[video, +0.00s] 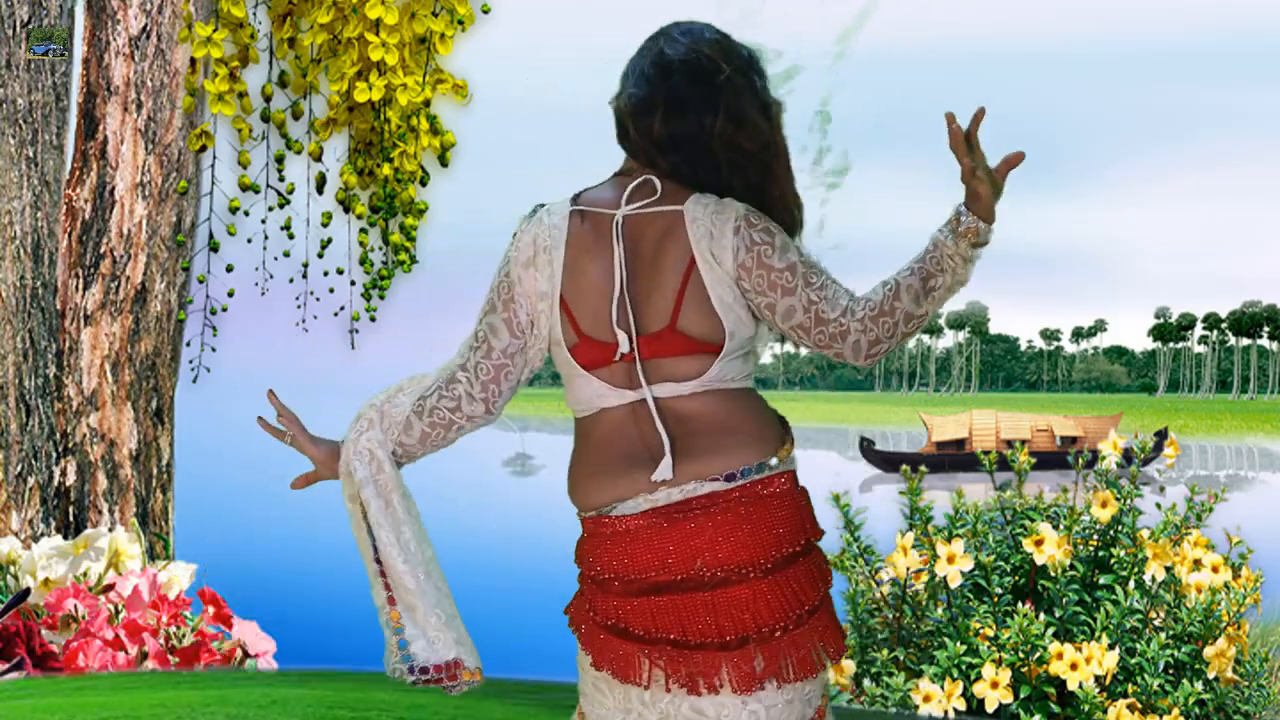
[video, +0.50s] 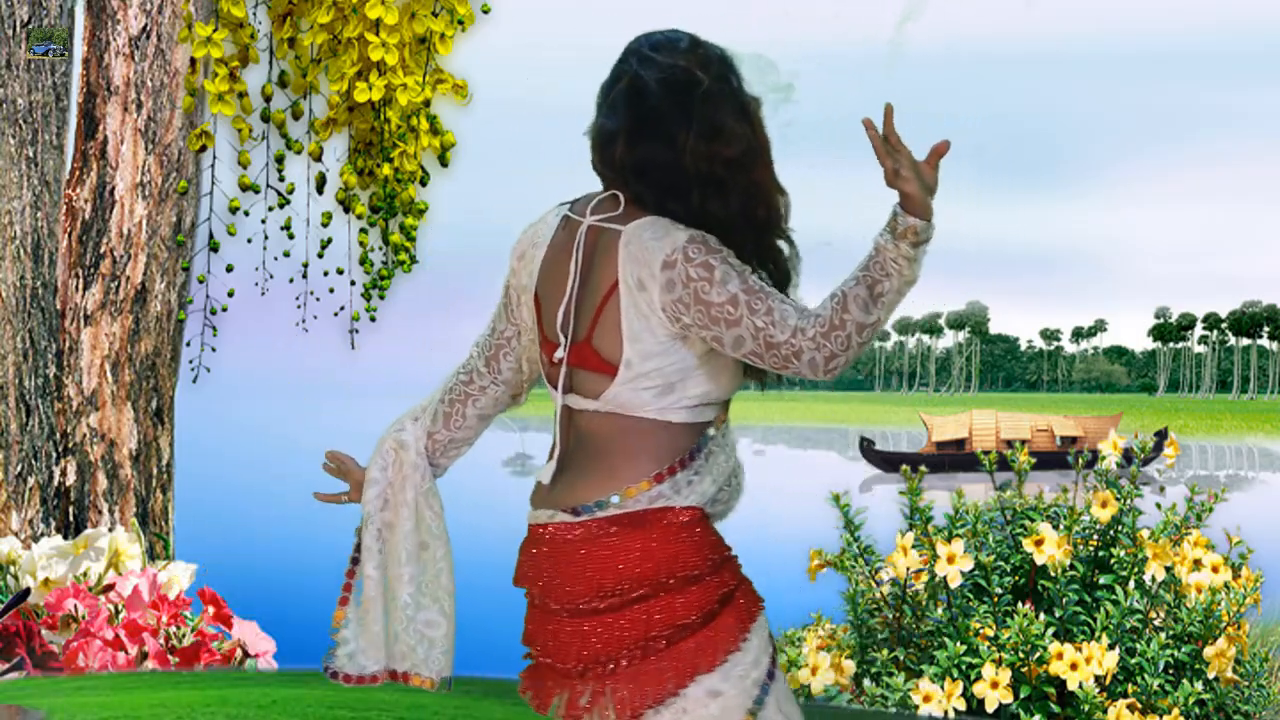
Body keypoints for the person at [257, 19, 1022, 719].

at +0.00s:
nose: (761, 130)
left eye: (754, 110)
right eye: (754, 111)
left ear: (629, 114)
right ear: (735, 119)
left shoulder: (545, 237)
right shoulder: (733, 228)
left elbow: (471, 391)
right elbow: (860, 333)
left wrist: (354, 449)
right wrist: (970, 225)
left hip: (614, 514)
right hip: (743, 499)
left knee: (628, 699)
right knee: (764, 698)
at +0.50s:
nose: (748, 144)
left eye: (739, 122)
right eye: (737, 125)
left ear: (610, 137)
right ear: (716, 141)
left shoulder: (547, 242)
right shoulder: (675, 256)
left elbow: (483, 381)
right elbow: (816, 348)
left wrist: (393, 468)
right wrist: (910, 227)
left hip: (555, 543)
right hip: (656, 541)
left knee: (587, 705)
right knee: (735, 702)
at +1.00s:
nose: (681, 111)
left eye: (675, 90)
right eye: (671, 93)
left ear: (549, 112)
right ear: (645, 108)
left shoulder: (490, 231)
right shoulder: (662, 223)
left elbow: (415, 380)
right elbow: (776, 339)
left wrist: (293, 374)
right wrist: (871, 216)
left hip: (475, 505)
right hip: (600, 533)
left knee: (488, 694)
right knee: (649, 700)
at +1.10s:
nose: (674, 114)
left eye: (667, 94)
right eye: (666, 96)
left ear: (540, 116)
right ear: (647, 110)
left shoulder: (482, 235)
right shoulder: (668, 228)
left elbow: (421, 389)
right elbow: (773, 348)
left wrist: (294, 366)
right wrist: (868, 234)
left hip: (475, 510)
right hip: (608, 532)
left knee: (488, 693)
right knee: (654, 696)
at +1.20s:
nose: (689, 118)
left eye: (677, 99)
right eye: (679, 100)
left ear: (553, 115)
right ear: (664, 113)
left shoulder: (488, 237)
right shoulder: (682, 230)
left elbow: (447, 402)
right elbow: (791, 352)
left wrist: (318, 382)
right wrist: (893, 240)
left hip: (503, 513)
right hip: (640, 527)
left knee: (516, 696)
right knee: (683, 700)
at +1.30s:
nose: (707, 121)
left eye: (697, 103)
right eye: (698, 104)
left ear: (572, 116)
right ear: (683, 116)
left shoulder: (507, 240)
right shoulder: (700, 231)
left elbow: (465, 407)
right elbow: (808, 353)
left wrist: (338, 403)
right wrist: (910, 243)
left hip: (534, 511)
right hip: (673, 519)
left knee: (546, 699)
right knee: (700, 703)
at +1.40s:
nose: (735, 123)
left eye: (725, 102)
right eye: (727, 104)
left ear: (597, 113)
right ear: (709, 116)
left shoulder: (526, 235)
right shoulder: (722, 229)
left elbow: (486, 406)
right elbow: (834, 353)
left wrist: (351, 427)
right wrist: (928, 244)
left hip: (575, 516)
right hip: (715, 505)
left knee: (585, 698)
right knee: (741, 700)